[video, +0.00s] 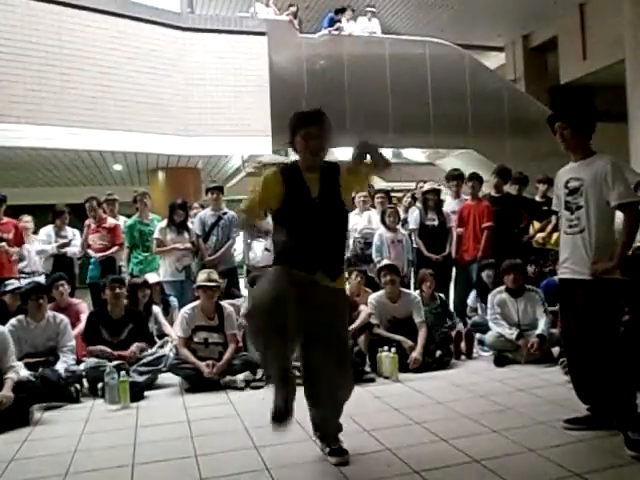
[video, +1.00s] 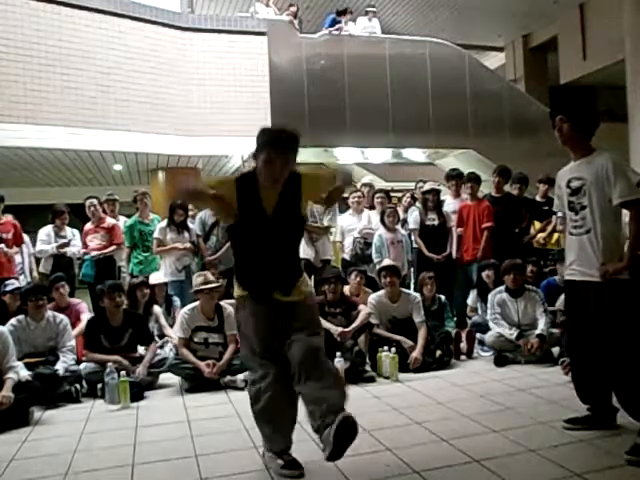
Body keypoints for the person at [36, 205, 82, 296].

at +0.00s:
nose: (64, 222)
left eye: (66, 219)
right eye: (62, 219)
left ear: (68, 219)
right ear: (55, 219)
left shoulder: (74, 232)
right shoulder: (45, 231)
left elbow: (78, 250)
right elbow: (38, 250)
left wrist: (65, 251)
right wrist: (56, 248)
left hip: (68, 266)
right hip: (51, 266)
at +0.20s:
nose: (64, 222)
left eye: (66, 219)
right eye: (61, 219)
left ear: (68, 219)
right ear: (55, 219)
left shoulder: (74, 232)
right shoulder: (45, 231)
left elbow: (78, 250)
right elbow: (38, 249)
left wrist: (65, 251)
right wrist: (55, 247)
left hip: (68, 264)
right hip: (51, 263)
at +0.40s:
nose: (64, 222)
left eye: (65, 219)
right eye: (61, 219)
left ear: (68, 218)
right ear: (54, 219)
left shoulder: (74, 233)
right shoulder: (45, 231)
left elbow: (79, 250)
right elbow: (38, 249)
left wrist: (66, 251)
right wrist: (55, 248)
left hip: (69, 272)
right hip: (50, 272)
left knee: (69, 301)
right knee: (51, 301)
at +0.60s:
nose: (64, 222)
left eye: (65, 219)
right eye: (61, 219)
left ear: (68, 218)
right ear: (54, 219)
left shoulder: (74, 232)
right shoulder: (45, 231)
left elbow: (79, 250)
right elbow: (38, 250)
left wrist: (67, 251)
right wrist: (55, 248)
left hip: (69, 272)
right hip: (50, 272)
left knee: (69, 300)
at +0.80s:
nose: (64, 222)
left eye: (65, 219)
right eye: (61, 219)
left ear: (68, 218)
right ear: (55, 219)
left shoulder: (74, 232)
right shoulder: (45, 231)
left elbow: (78, 250)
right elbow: (38, 250)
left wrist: (66, 251)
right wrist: (55, 248)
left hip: (69, 272)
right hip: (49, 272)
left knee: (69, 301)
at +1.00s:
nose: (64, 222)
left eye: (65, 219)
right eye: (61, 219)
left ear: (68, 219)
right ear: (55, 219)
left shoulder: (74, 233)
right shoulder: (45, 231)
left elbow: (78, 250)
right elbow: (39, 251)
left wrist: (66, 251)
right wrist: (56, 248)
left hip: (69, 270)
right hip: (49, 271)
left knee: (69, 300)